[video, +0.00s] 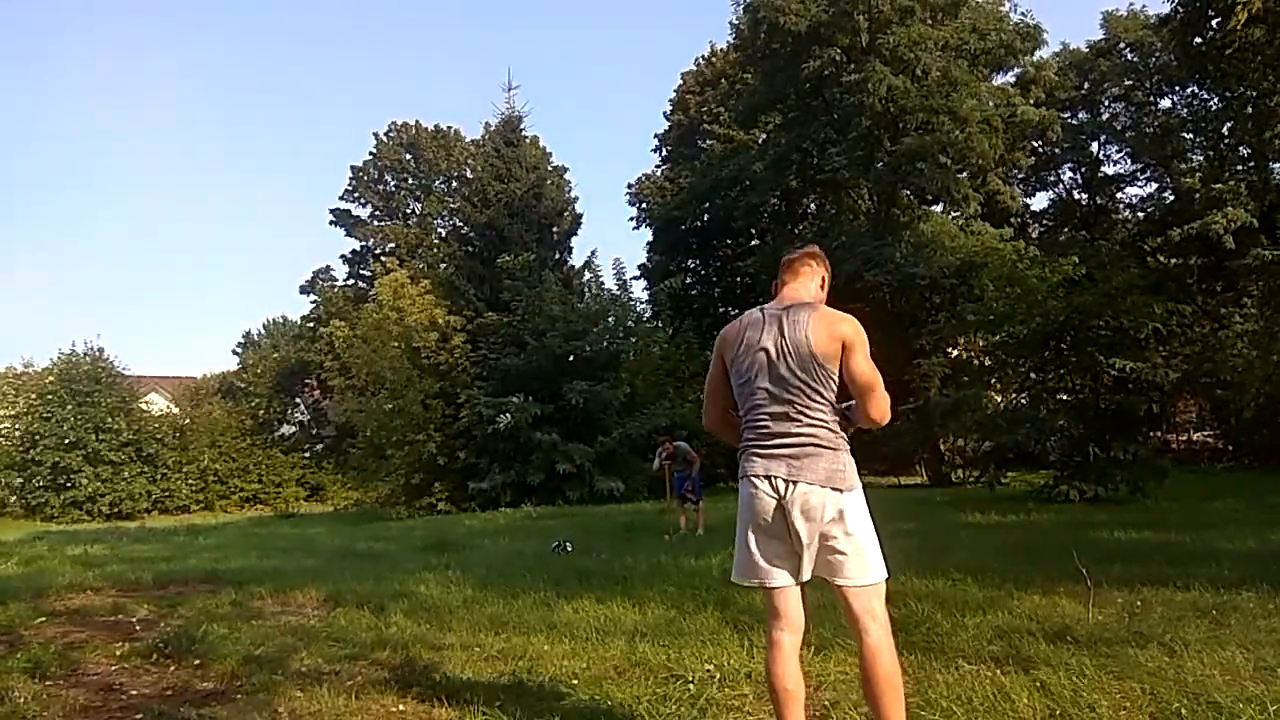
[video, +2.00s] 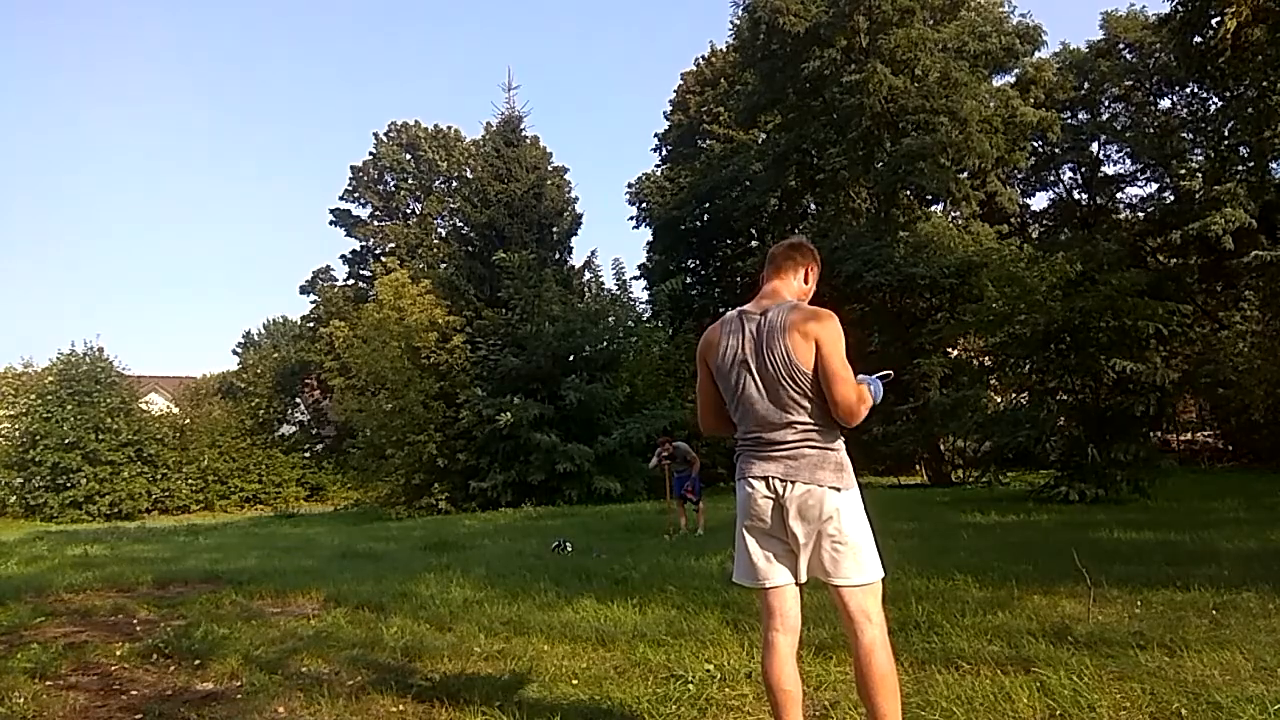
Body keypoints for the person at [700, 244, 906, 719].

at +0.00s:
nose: (826, 292)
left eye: (823, 287)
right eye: (827, 286)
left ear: (776, 284)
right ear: (824, 284)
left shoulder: (732, 332)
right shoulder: (841, 325)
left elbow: (715, 418)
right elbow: (876, 412)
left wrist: (763, 439)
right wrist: (844, 414)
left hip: (759, 486)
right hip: (829, 484)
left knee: (783, 627)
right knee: (872, 622)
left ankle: (791, 718)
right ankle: (891, 716)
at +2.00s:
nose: (814, 290)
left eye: (813, 283)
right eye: (815, 282)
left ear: (764, 275)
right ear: (806, 277)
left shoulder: (713, 336)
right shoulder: (818, 321)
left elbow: (712, 424)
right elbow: (848, 411)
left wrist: (764, 412)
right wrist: (866, 391)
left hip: (755, 489)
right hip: (823, 486)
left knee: (778, 629)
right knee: (867, 625)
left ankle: (789, 719)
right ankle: (887, 716)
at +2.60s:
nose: (824, 290)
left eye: (824, 284)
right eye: (825, 284)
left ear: (773, 277)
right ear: (817, 283)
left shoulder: (718, 324)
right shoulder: (818, 315)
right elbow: (880, 363)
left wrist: (772, 296)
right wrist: (852, 304)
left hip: (754, 487)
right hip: (822, 483)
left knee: (778, 625)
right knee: (866, 623)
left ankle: (790, 718)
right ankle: (887, 716)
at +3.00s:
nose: (833, 291)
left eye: (834, 284)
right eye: (833, 283)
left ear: (777, 278)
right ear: (821, 279)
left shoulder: (727, 325)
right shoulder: (822, 317)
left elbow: (757, 314)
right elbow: (874, 363)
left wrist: (807, 267)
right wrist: (854, 299)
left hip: (757, 484)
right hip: (826, 483)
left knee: (780, 630)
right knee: (869, 626)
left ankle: (791, 718)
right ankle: (888, 717)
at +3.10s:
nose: (835, 291)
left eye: (836, 284)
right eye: (835, 283)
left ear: (777, 280)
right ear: (821, 277)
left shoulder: (728, 324)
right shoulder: (824, 317)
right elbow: (876, 361)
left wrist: (789, 290)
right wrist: (858, 297)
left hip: (760, 484)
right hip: (829, 482)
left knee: (781, 629)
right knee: (870, 625)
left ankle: (791, 718)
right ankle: (889, 716)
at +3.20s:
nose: (835, 293)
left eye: (837, 286)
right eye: (836, 286)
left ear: (778, 281)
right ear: (823, 279)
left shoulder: (730, 325)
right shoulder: (827, 317)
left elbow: (752, 315)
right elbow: (884, 365)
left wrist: (789, 290)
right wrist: (863, 303)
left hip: (763, 482)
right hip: (831, 480)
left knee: (783, 630)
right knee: (871, 627)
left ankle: (792, 719)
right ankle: (889, 717)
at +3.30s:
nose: (827, 289)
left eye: (828, 280)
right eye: (826, 281)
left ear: (773, 283)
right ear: (817, 279)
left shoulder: (733, 324)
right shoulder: (830, 314)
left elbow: (765, 310)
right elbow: (890, 375)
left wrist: (816, 292)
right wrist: (867, 309)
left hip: (766, 484)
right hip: (835, 483)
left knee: (784, 630)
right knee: (873, 628)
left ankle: (793, 719)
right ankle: (891, 718)